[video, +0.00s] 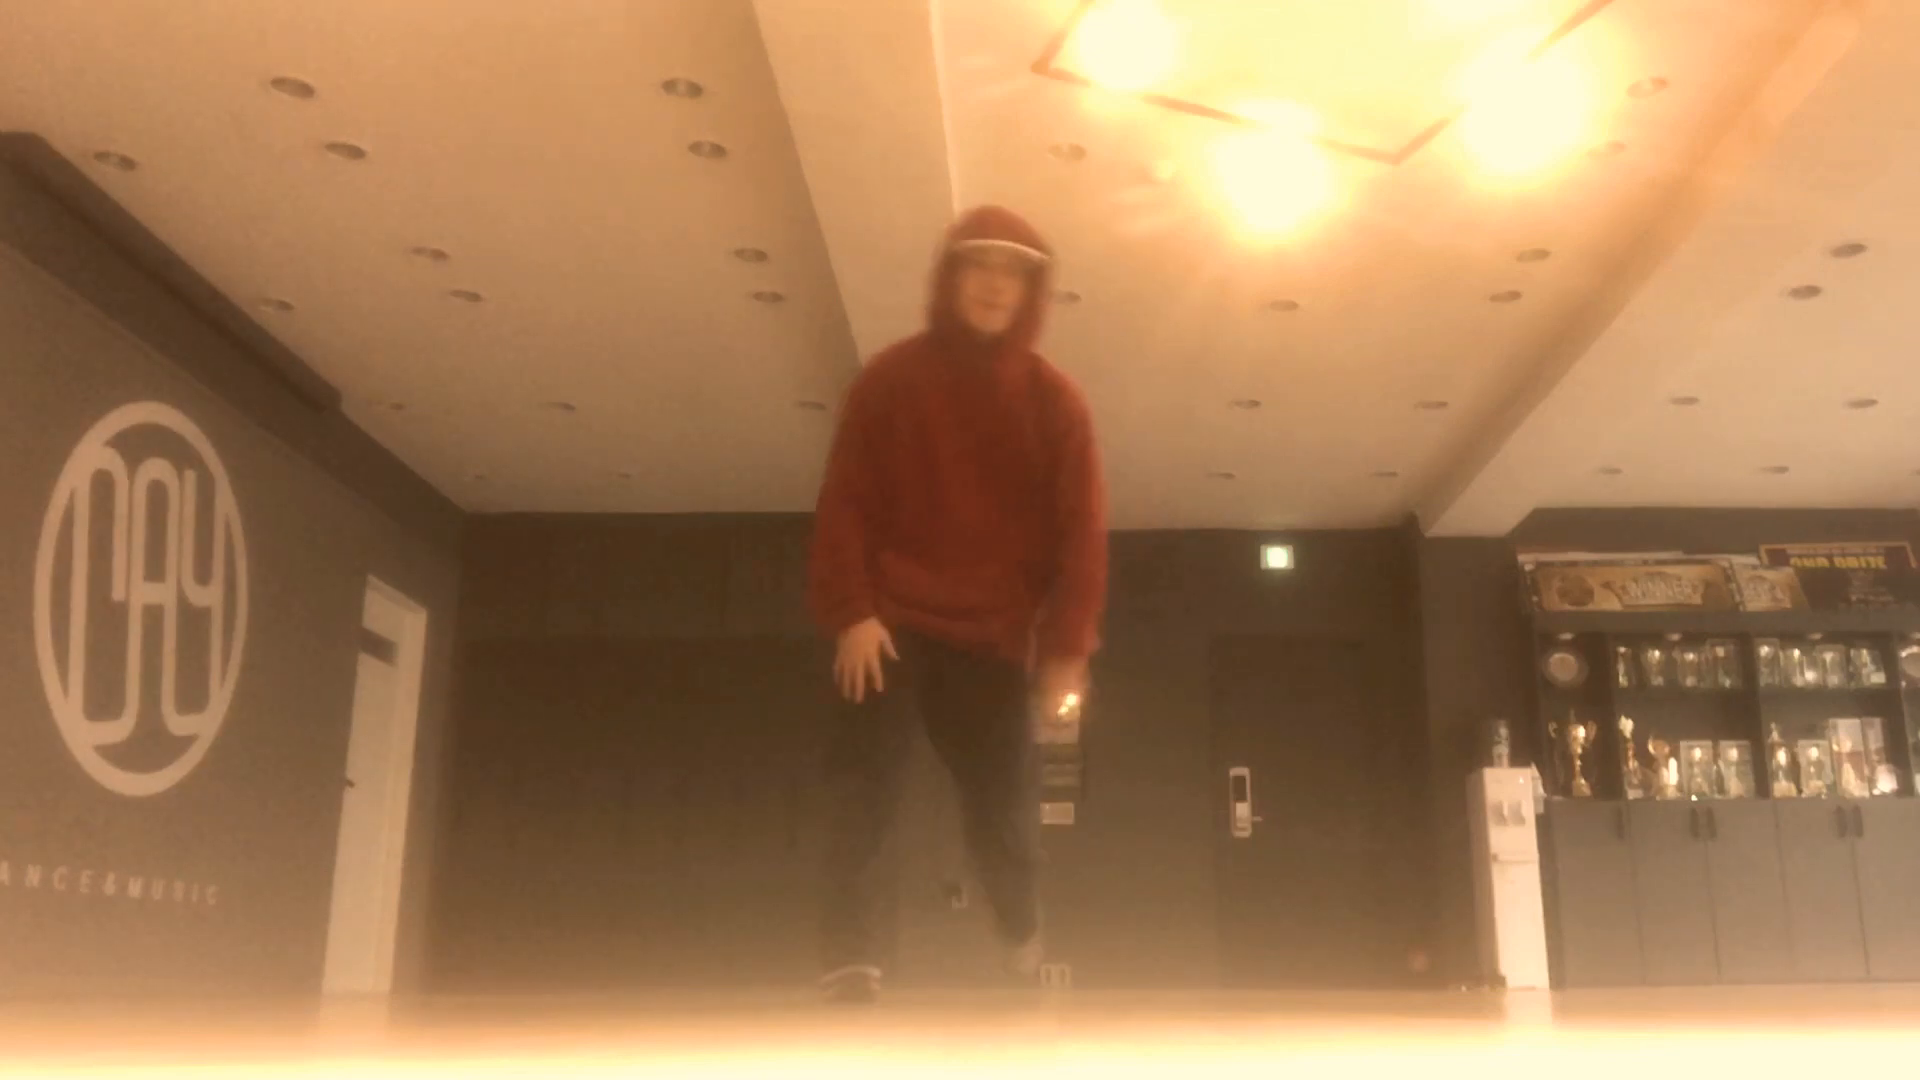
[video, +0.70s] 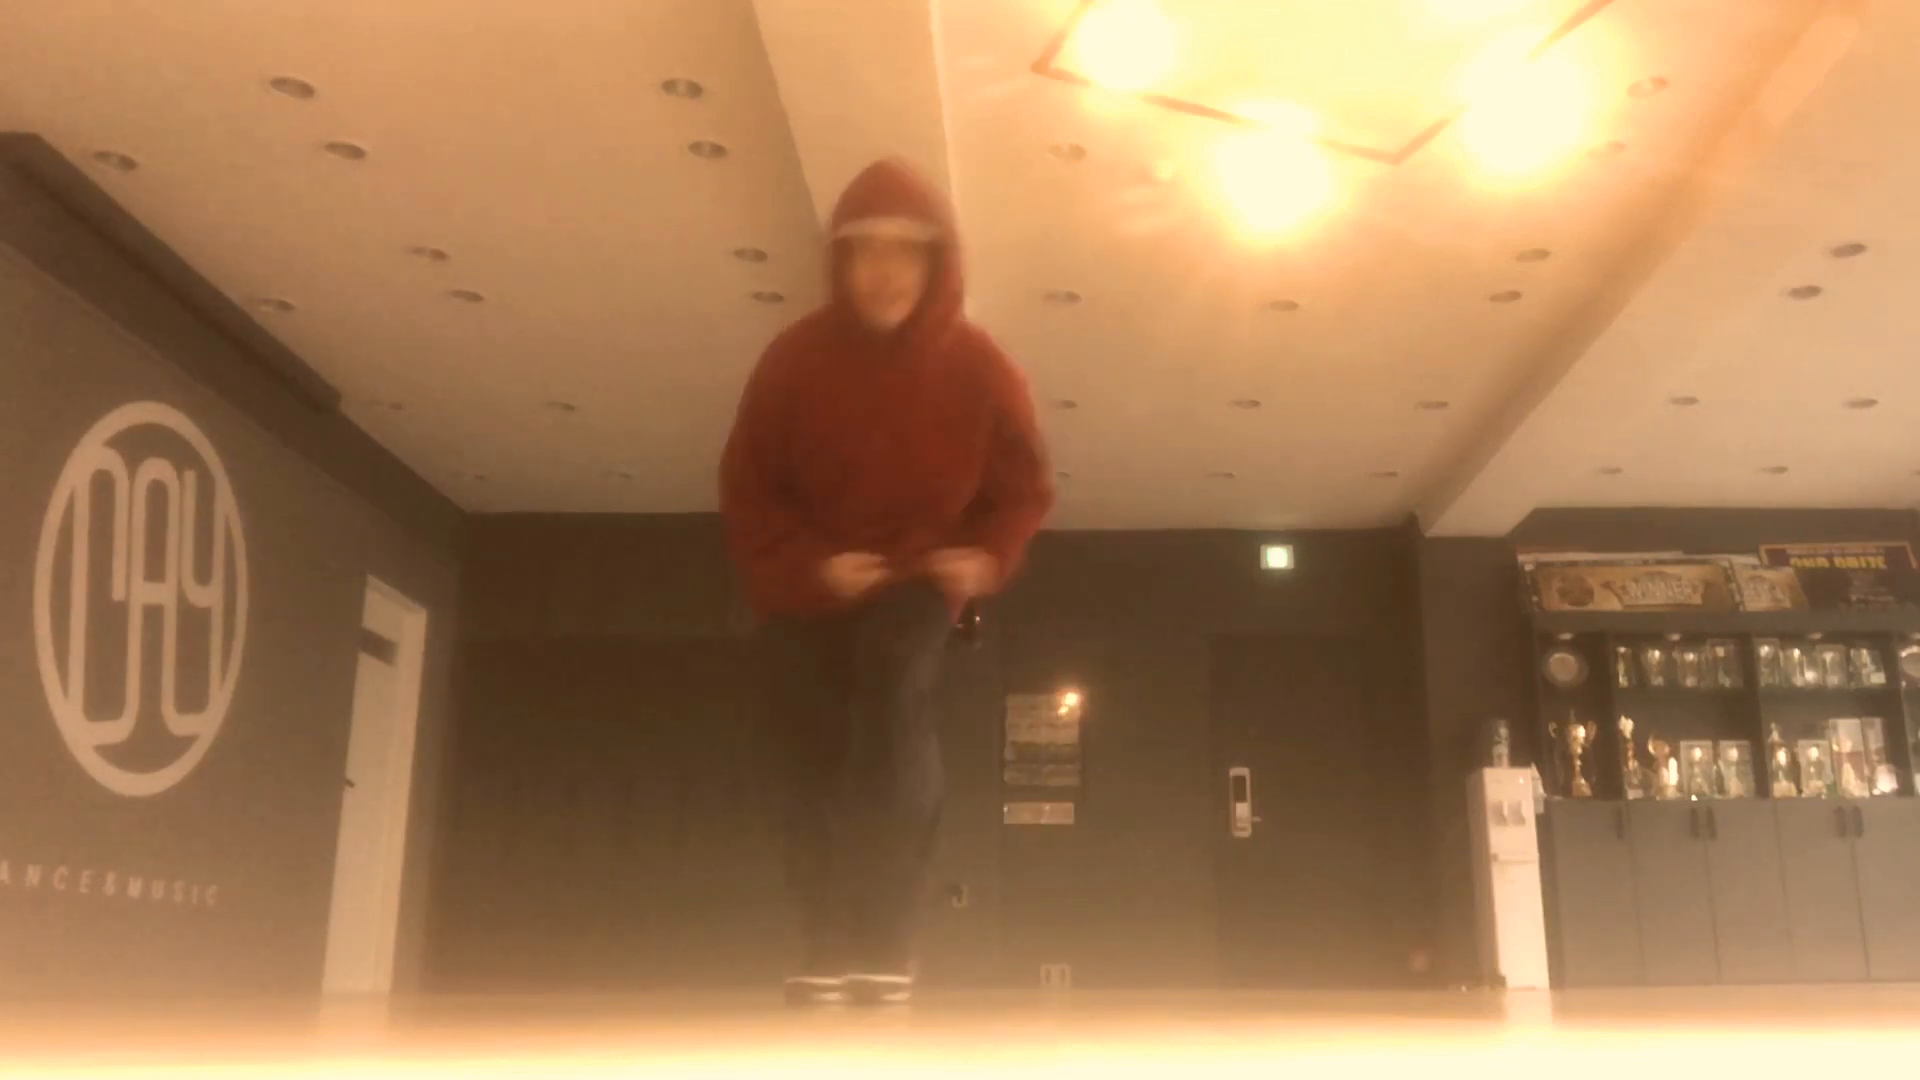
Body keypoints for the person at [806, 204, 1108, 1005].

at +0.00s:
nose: (992, 287)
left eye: (1011, 274)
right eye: (977, 267)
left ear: (1032, 291)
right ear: (947, 278)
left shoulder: (1053, 398)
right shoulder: (891, 379)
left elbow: (1083, 534)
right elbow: (842, 503)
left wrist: (1068, 655)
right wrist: (851, 613)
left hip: (993, 640)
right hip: (889, 629)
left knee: (1006, 813)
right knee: (862, 800)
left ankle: (1024, 952)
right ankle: (855, 964)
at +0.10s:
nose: (952, 282)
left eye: (970, 268)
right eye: (935, 264)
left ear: (991, 286)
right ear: (907, 278)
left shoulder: (1023, 396)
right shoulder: (858, 384)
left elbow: (1055, 532)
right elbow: (810, 507)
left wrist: (1040, 655)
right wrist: (839, 609)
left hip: (978, 614)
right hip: (871, 608)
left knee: (993, 756)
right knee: (860, 786)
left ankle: (1007, 866)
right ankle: (858, 956)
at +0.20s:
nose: (944, 251)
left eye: (964, 237)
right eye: (927, 232)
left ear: (986, 257)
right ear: (898, 246)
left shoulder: (1018, 375)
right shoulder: (843, 358)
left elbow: (1042, 510)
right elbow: (790, 487)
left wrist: (1003, 594)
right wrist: (855, 570)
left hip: (970, 580)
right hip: (861, 576)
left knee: (982, 661)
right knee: (858, 756)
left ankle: (969, 893)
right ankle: (865, 945)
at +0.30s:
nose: (946, 237)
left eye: (967, 224)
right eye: (929, 217)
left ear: (988, 247)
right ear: (898, 230)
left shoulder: (1007, 368)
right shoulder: (842, 328)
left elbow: (1044, 496)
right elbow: (803, 457)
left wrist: (1020, 605)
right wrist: (902, 519)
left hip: (967, 592)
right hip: (849, 587)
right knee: (860, 751)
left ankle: (921, 917)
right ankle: (864, 938)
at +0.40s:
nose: (934, 255)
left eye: (956, 242)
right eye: (917, 236)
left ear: (979, 269)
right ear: (886, 252)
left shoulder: (991, 402)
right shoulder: (853, 338)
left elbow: (1044, 520)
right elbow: (893, 447)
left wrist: (1115, 613)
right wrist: (1013, 490)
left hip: (953, 590)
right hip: (835, 599)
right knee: (816, 785)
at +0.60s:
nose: (917, 231)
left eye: (938, 214)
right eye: (899, 211)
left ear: (962, 232)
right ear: (870, 221)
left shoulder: (986, 345)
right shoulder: (821, 323)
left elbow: (1044, 460)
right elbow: (785, 456)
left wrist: (1077, 544)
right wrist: (897, 514)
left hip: (928, 593)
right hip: (814, 589)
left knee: (907, 734)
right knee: (813, 755)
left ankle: (893, 932)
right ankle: (830, 942)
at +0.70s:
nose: (882, 273)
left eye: (903, 253)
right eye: (864, 252)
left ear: (935, 264)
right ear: (839, 263)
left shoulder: (975, 365)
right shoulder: (797, 358)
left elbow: (1023, 483)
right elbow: (745, 489)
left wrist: (989, 556)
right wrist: (813, 567)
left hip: (924, 585)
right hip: (818, 589)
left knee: (895, 698)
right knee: (807, 743)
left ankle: (888, 942)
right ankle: (827, 943)